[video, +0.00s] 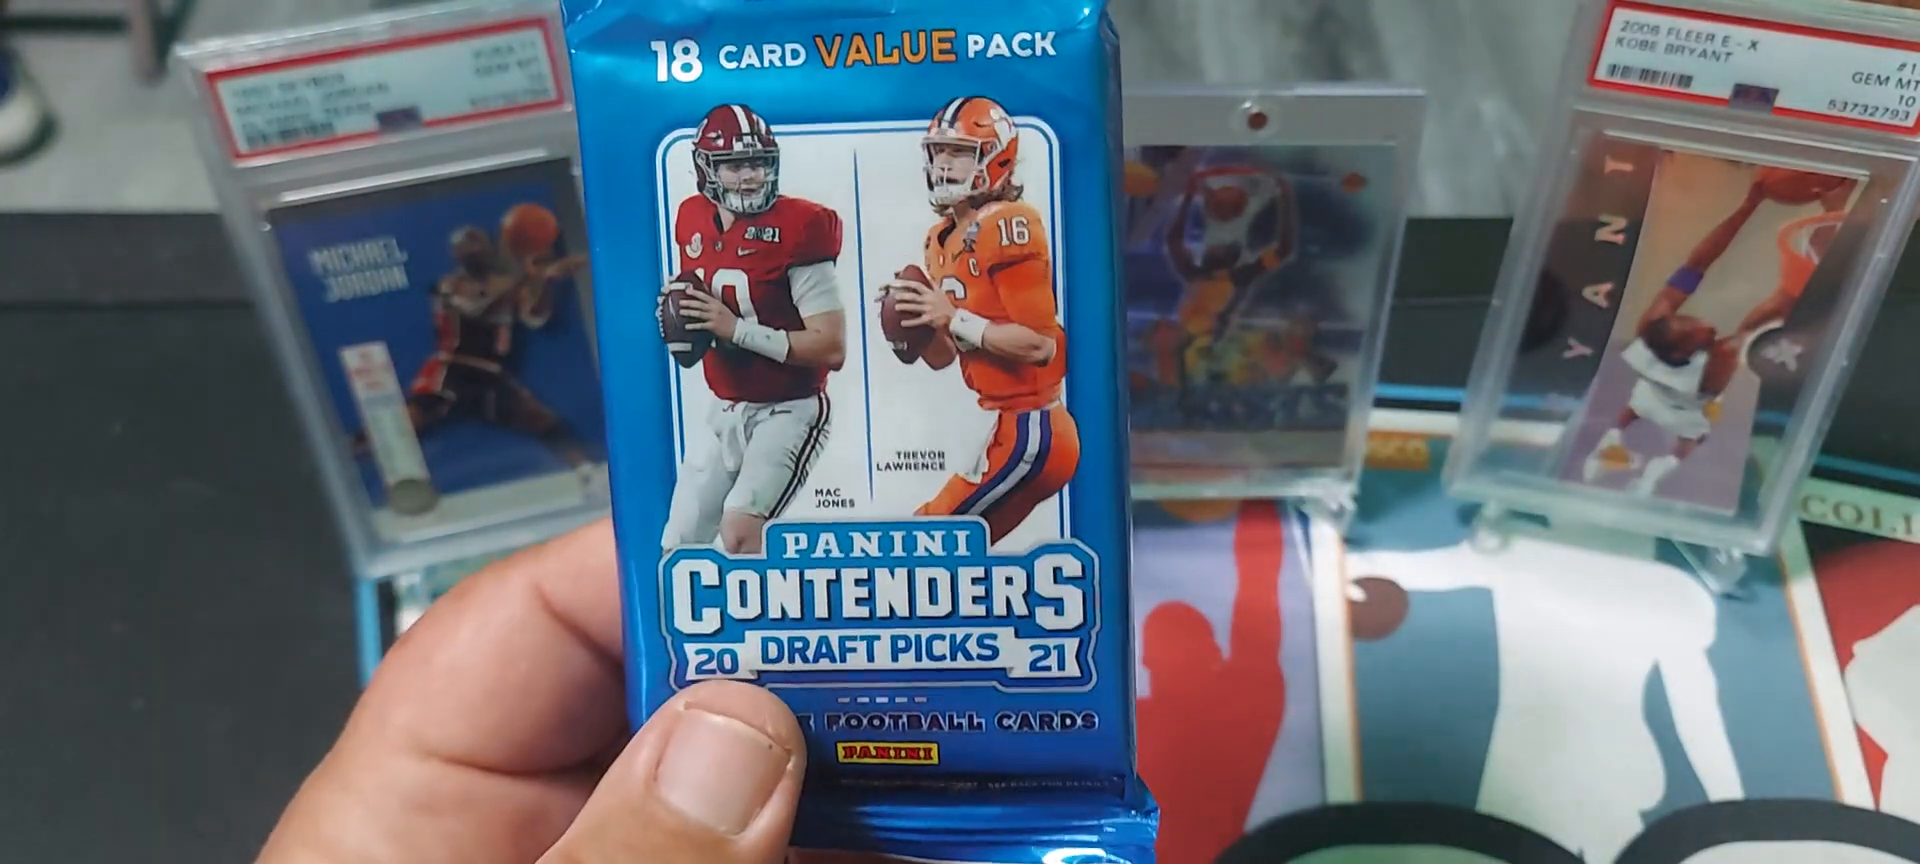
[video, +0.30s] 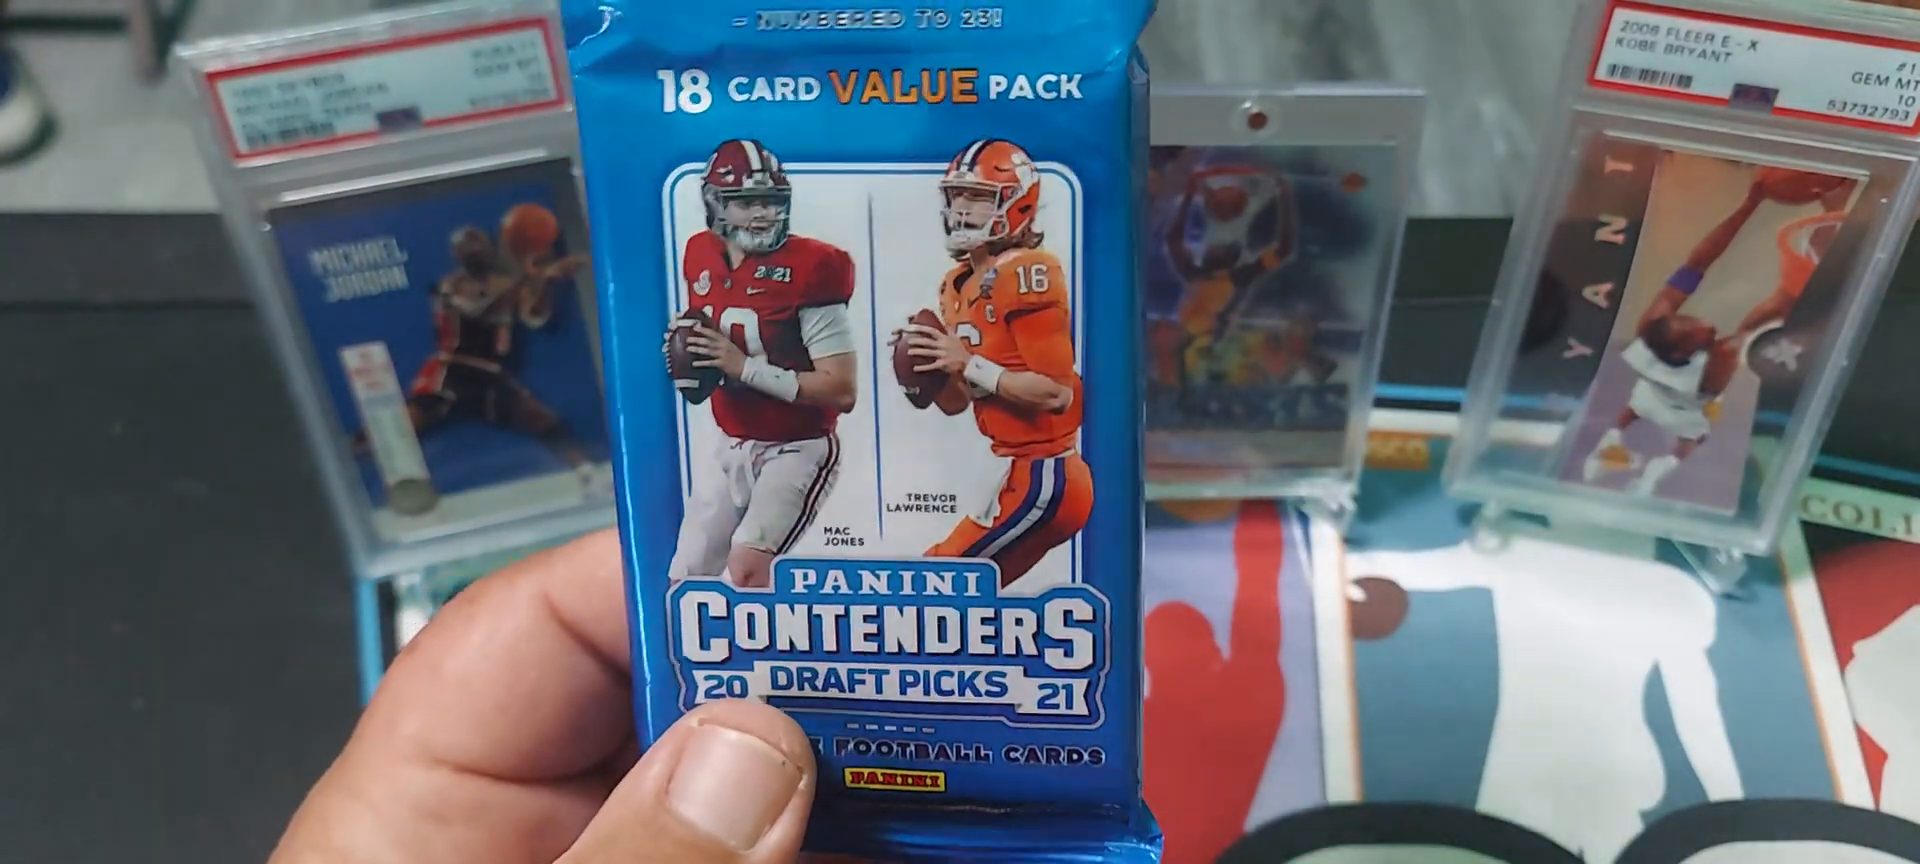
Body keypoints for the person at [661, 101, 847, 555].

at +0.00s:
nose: (747, 176)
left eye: (756, 164)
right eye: (734, 166)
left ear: (771, 165)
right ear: (708, 168)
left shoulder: (801, 226)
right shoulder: (692, 217)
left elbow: (831, 348)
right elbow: (694, 295)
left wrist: (735, 328)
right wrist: (675, 311)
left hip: (791, 411)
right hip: (724, 412)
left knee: (738, 535)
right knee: (678, 547)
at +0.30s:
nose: (759, 214)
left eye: (769, 202)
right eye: (745, 202)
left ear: (784, 203)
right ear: (716, 204)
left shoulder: (815, 266)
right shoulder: (700, 253)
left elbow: (841, 390)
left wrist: (742, 365)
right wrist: (682, 349)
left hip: (800, 450)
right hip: (729, 448)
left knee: (745, 571)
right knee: (686, 581)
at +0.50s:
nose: (723, 264)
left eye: (731, 252)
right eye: (708, 254)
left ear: (746, 254)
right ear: (679, 261)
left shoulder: (783, 316)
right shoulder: (667, 307)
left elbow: (820, 436)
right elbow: (676, 439)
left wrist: (719, 415)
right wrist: (657, 400)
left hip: (783, 491)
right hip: (714, 491)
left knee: (740, 596)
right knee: (681, 614)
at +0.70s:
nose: (743, 277)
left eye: (751, 264)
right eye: (728, 267)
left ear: (766, 267)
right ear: (700, 273)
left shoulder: (801, 327)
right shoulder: (686, 319)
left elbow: (835, 448)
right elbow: (693, 448)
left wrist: (735, 427)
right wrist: (674, 410)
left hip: (797, 503)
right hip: (728, 503)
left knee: (752, 611)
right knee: (693, 629)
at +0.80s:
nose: (745, 293)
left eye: (753, 281)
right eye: (731, 283)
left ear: (768, 283)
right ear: (702, 290)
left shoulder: (803, 344)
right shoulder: (689, 335)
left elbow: (839, 463)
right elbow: (696, 463)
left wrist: (739, 442)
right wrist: (677, 423)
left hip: (801, 517)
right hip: (733, 517)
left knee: (757, 621)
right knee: (699, 638)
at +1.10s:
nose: (808, 322)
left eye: (817, 310)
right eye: (795, 311)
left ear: (832, 312)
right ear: (768, 313)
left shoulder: (861, 372)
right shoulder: (753, 360)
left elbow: (889, 488)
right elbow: (749, 483)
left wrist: (792, 464)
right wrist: (735, 451)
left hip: (849, 542)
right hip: (781, 540)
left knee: (797, 645)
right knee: (739, 657)